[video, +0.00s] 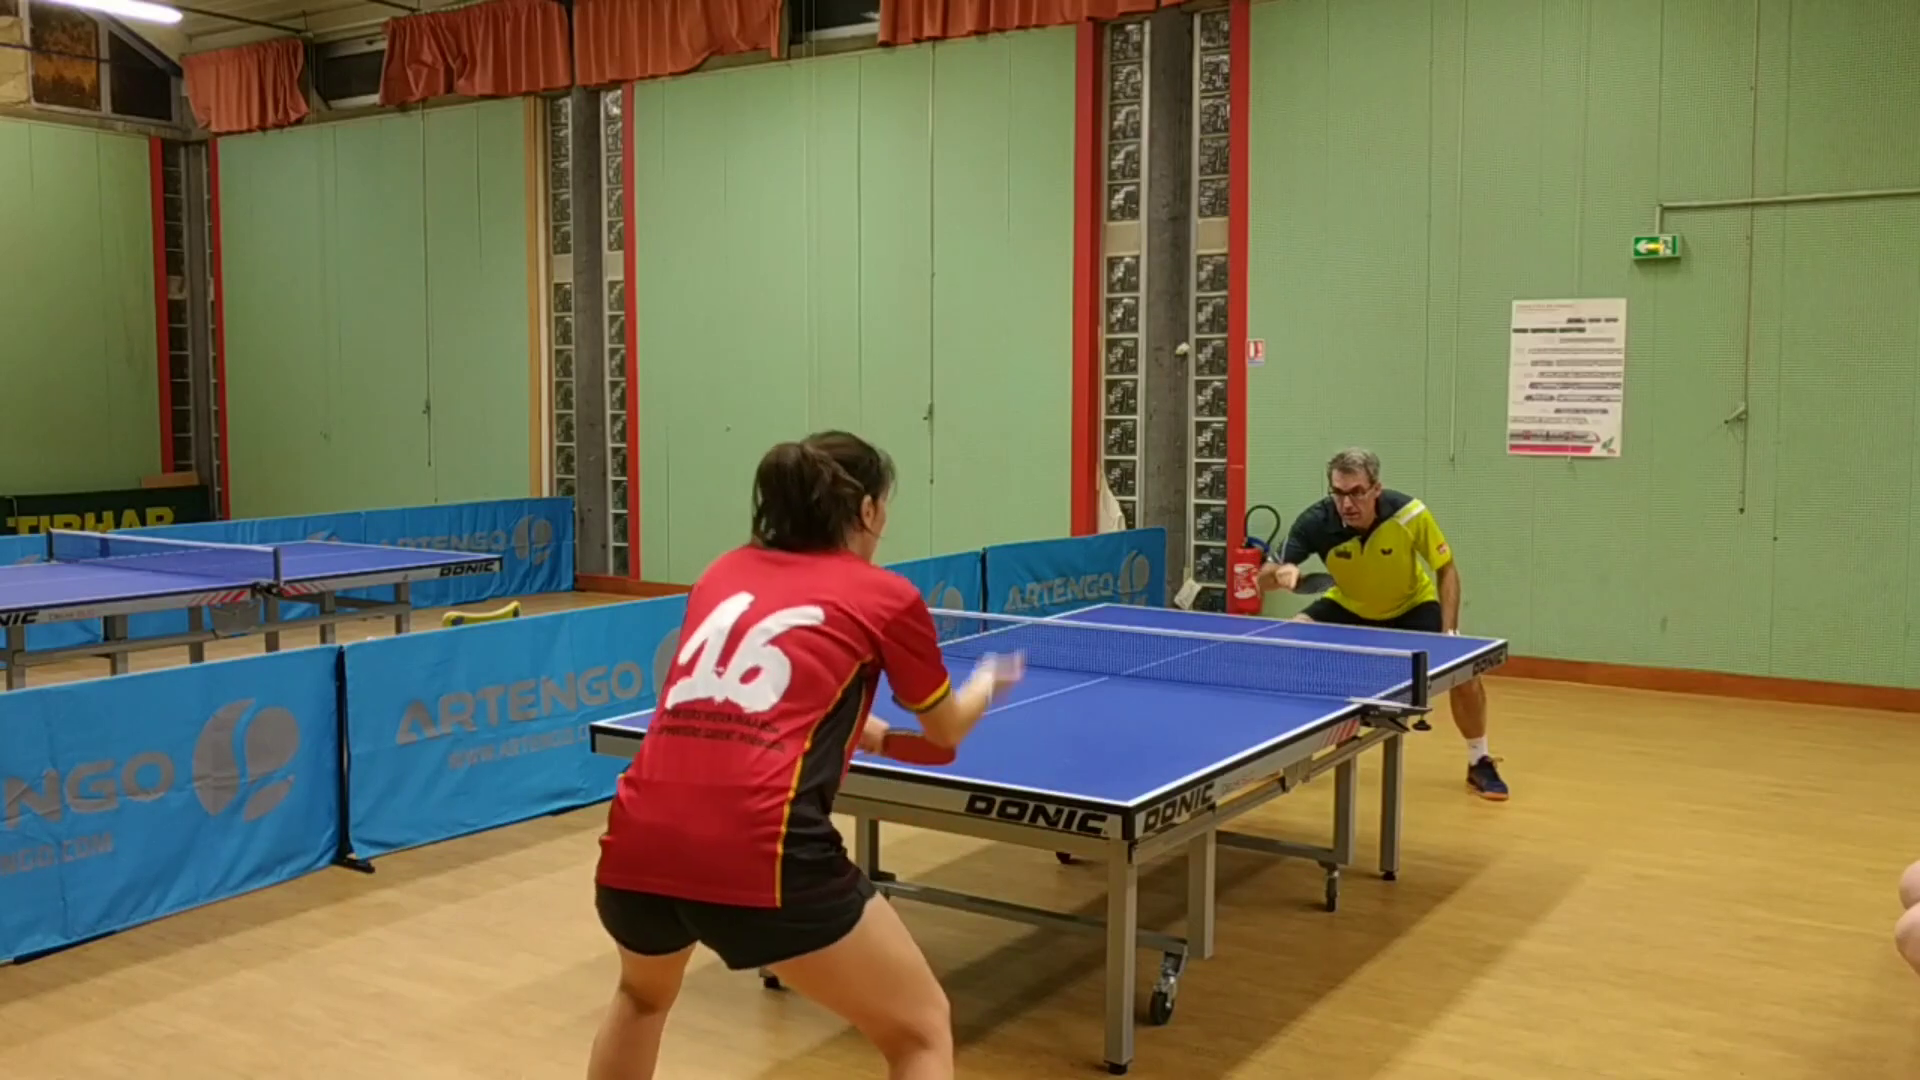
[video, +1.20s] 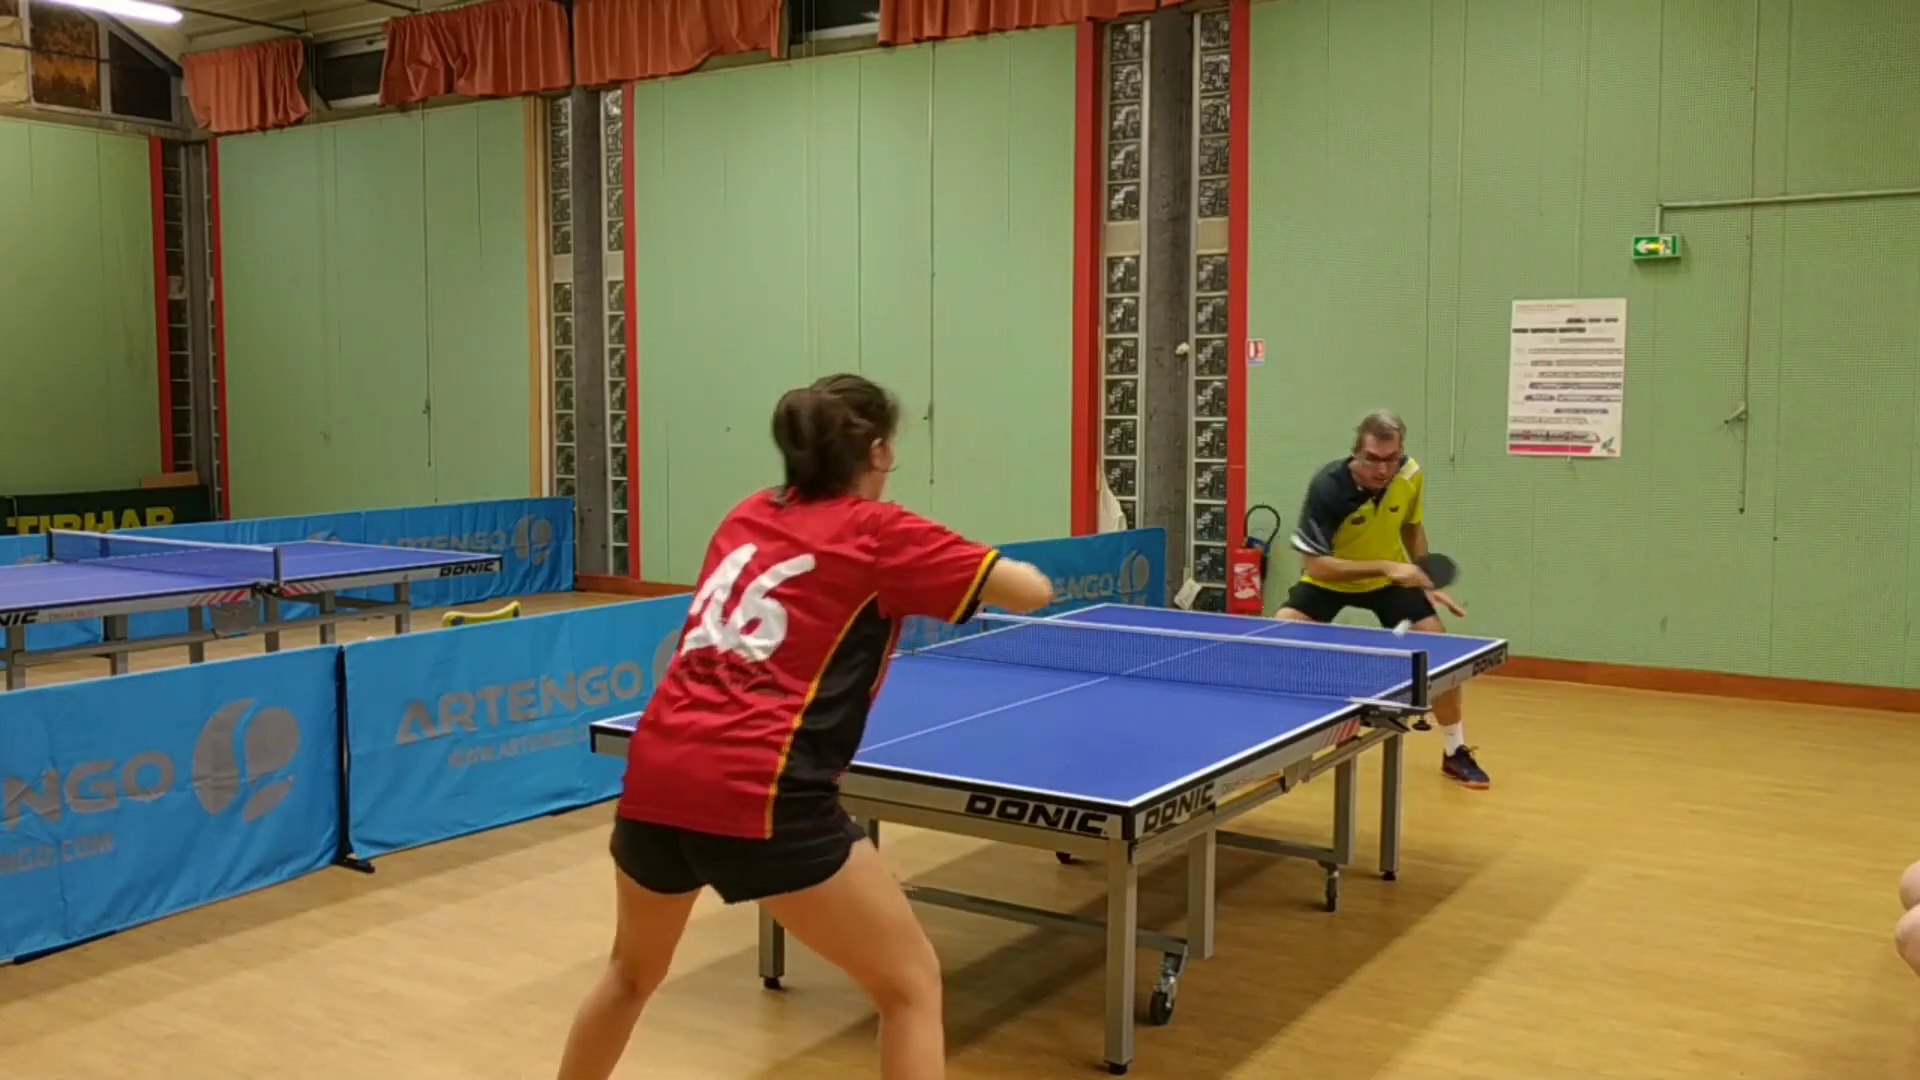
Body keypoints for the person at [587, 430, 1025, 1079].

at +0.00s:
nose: (886, 516)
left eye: (886, 500)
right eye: (885, 501)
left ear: (787, 502)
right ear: (866, 510)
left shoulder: (725, 569)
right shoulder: (886, 595)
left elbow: (742, 700)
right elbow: (947, 728)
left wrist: (869, 732)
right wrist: (986, 682)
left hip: (637, 854)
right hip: (763, 865)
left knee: (638, 999)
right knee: (920, 1035)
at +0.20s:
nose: (863, 467)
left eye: (861, 452)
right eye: (859, 451)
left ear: (772, 456)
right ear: (829, 457)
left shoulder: (710, 533)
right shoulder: (824, 525)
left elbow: (763, 686)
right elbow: (963, 620)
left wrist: (891, 700)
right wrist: (1008, 586)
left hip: (620, 811)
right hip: (726, 815)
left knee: (661, 990)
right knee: (874, 1027)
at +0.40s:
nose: (854, 443)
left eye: (851, 426)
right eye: (845, 426)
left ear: (786, 434)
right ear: (806, 434)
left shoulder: (698, 505)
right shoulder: (777, 493)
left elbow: (730, 673)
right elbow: (937, 556)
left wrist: (853, 663)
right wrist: (1002, 595)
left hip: (592, 776)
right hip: (686, 775)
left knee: (652, 987)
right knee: (876, 942)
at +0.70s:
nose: (903, 481)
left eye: (905, 466)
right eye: (902, 465)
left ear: (821, 456)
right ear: (873, 463)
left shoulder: (741, 512)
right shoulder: (848, 525)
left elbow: (765, 603)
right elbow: (1001, 597)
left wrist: (852, 658)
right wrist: (997, 654)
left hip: (629, 788)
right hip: (732, 794)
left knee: (660, 995)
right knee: (886, 996)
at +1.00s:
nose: (938, 466)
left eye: (940, 451)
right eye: (938, 450)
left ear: (849, 439)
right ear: (923, 453)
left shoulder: (791, 497)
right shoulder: (920, 518)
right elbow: (1080, 576)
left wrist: (938, 581)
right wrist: (1000, 575)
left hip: (684, 778)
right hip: (795, 794)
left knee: (663, 961)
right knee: (926, 992)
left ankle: (594, 1078)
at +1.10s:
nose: (922, 442)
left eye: (920, 429)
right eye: (919, 430)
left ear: (831, 437)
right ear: (905, 442)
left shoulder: (775, 500)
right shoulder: (908, 518)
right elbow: (1067, 570)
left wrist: (930, 569)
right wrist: (990, 559)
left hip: (677, 775)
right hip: (790, 790)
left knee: (640, 965)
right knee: (921, 991)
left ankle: (581, 1079)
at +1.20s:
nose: (892, 454)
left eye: (890, 439)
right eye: (889, 440)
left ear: (801, 450)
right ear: (873, 452)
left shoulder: (747, 516)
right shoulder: (877, 531)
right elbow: (1033, 589)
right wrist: (964, 572)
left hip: (652, 789)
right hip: (764, 802)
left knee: (626, 973)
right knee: (910, 988)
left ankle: (571, 1079)